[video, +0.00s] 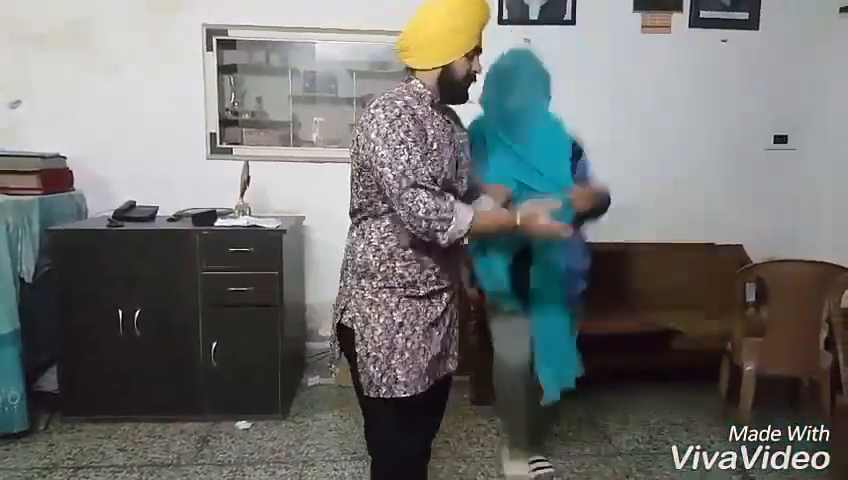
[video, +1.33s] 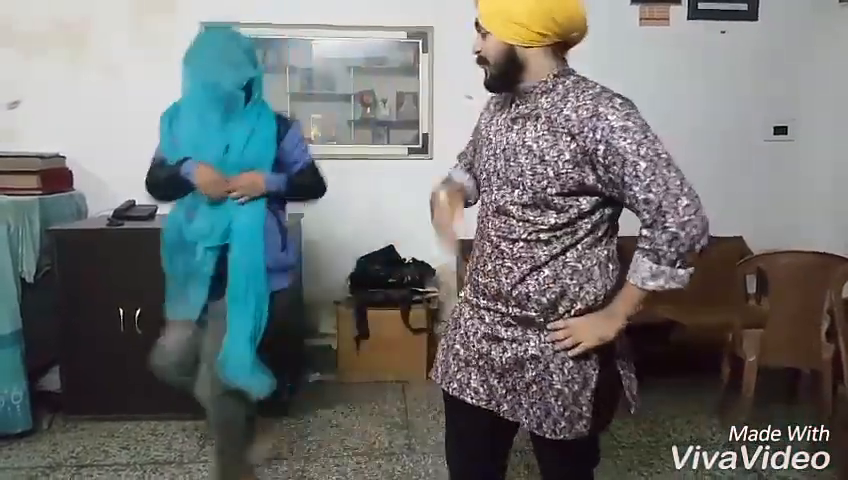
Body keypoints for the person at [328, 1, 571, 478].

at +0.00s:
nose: (479, 68)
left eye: (479, 56)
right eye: (473, 55)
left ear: (442, 57)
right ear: (444, 56)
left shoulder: (452, 126)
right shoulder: (391, 114)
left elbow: (454, 195)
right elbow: (419, 211)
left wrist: (489, 199)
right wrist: (512, 222)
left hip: (434, 298)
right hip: (385, 303)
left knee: (419, 442)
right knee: (398, 451)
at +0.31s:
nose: (461, 55)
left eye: (469, 43)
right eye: (447, 42)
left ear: (476, 47)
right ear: (415, 44)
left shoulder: (480, 123)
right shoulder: (373, 115)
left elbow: (509, 191)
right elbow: (343, 208)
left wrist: (532, 243)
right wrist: (443, 245)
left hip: (470, 323)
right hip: (394, 323)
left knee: (457, 456)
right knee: (402, 463)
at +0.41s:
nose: (447, 53)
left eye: (458, 40)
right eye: (431, 40)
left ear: (472, 48)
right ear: (409, 48)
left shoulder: (488, 121)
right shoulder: (374, 116)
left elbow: (522, 187)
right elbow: (313, 200)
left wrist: (531, 255)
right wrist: (381, 281)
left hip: (476, 319)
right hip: (390, 324)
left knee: (496, 443)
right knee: (397, 465)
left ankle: (451, 474)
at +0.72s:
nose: (438, 50)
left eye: (453, 34)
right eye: (429, 38)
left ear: (489, 38)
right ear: (420, 45)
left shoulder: (538, 117)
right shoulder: (397, 116)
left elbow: (596, 187)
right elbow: (328, 190)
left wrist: (564, 276)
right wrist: (366, 280)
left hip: (511, 338)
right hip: (413, 337)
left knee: (531, 472)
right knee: (405, 473)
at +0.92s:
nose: (455, 49)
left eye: (467, 33)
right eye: (452, 35)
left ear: (514, 33)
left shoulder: (581, 116)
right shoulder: (439, 113)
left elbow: (661, 199)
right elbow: (382, 186)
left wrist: (606, 291)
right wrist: (406, 274)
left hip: (545, 345)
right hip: (448, 341)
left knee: (549, 472)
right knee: (433, 471)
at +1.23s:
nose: (477, 44)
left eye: (487, 29)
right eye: (478, 30)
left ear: (533, 33)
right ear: (525, 34)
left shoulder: (605, 114)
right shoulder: (489, 109)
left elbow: (690, 219)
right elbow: (457, 178)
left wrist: (623, 310)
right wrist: (447, 246)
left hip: (564, 347)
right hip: (476, 337)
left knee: (566, 472)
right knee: (463, 471)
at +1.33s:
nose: (475, 47)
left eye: (483, 32)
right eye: (477, 32)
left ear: (526, 33)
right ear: (521, 35)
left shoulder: (598, 115)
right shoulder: (498, 108)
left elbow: (680, 222)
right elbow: (473, 167)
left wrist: (616, 314)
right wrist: (451, 191)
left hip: (563, 349)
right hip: (480, 339)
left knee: (566, 471)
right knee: (470, 470)